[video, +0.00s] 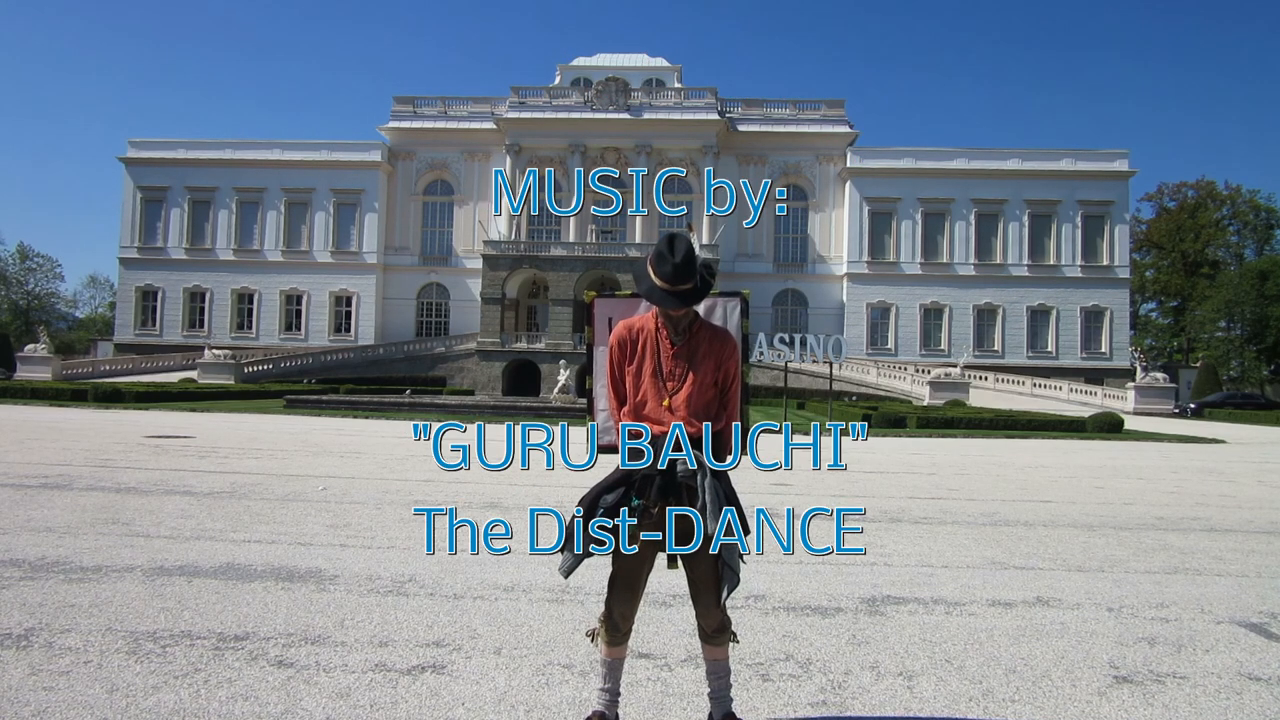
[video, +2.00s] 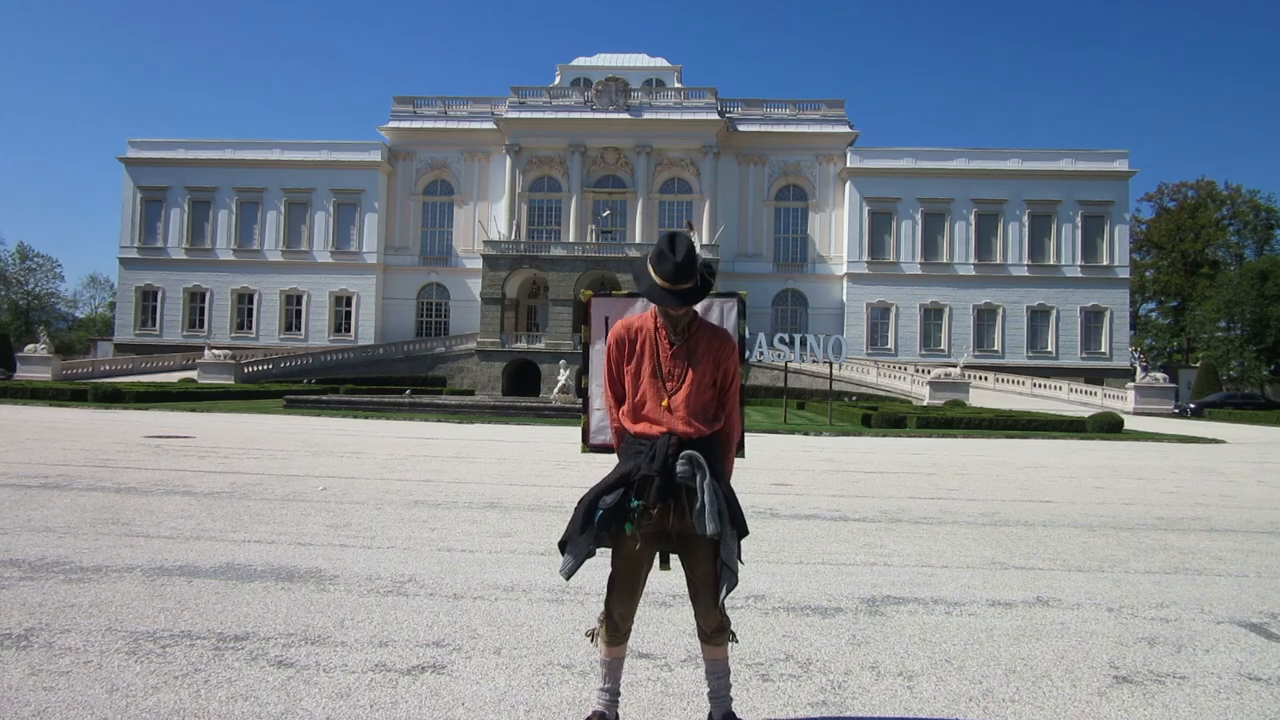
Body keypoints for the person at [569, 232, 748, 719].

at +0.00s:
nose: (677, 310)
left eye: (685, 300)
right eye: (668, 300)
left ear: (698, 291)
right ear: (652, 290)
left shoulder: (723, 345)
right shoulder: (626, 337)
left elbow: (730, 423)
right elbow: (620, 414)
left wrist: (707, 465)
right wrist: (653, 446)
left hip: (701, 492)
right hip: (642, 488)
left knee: (711, 604)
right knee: (621, 600)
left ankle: (721, 706)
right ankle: (607, 701)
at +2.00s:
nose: (677, 308)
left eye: (685, 300)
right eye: (668, 300)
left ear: (698, 293)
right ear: (653, 291)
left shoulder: (721, 344)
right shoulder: (624, 336)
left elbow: (729, 426)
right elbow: (617, 416)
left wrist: (718, 490)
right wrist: (643, 465)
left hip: (699, 490)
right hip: (639, 488)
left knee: (709, 606)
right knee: (620, 604)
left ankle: (721, 705)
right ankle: (607, 701)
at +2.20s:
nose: (676, 314)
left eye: (684, 305)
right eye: (667, 305)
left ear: (697, 298)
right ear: (652, 296)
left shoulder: (718, 342)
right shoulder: (622, 336)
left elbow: (756, 405)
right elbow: (612, 411)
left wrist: (780, 470)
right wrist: (633, 467)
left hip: (698, 481)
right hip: (638, 480)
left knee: (709, 603)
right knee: (620, 599)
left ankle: (720, 706)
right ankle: (606, 701)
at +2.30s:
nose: (678, 314)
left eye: (686, 304)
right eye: (669, 304)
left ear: (698, 297)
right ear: (653, 295)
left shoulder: (717, 338)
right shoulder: (623, 336)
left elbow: (775, 377)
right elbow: (611, 415)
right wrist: (631, 471)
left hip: (699, 481)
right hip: (639, 481)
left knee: (709, 603)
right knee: (620, 601)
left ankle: (721, 706)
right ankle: (606, 702)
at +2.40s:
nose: (679, 317)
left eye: (688, 308)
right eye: (670, 308)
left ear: (701, 299)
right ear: (654, 297)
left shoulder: (717, 335)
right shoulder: (625, 335)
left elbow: (779, 346)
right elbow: (612, 410)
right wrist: (629, 469)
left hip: (699, 478)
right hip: (638, 477)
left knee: (710, 600)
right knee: (621, 599)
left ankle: (721, 706)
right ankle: (606, 702)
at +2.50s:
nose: (678, 317)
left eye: (687, 308)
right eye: (669, 307)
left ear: (701, 296)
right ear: (653, 297)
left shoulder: (718, 329)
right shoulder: (627, 334)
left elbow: (776, 308)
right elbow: (610, 408)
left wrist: (752, 257)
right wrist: (628, 468)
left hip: (698, 475)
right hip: (639, 474)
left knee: (711, 598)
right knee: (623, 594)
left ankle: (721, 707)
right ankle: (606, 700)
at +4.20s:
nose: (687, 298)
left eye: (695, 288)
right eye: (677, 289)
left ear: (707, 290)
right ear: (660, 292)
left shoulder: (718, 336)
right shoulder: (634, 341)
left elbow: (788, 367)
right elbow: (587, 408)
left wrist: (777, 333)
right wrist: (556, 472)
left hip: (711, 476)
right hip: (651, 477)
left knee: (757, 590)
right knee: (632, 603)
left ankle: (767, 693)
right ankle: (608, 702)